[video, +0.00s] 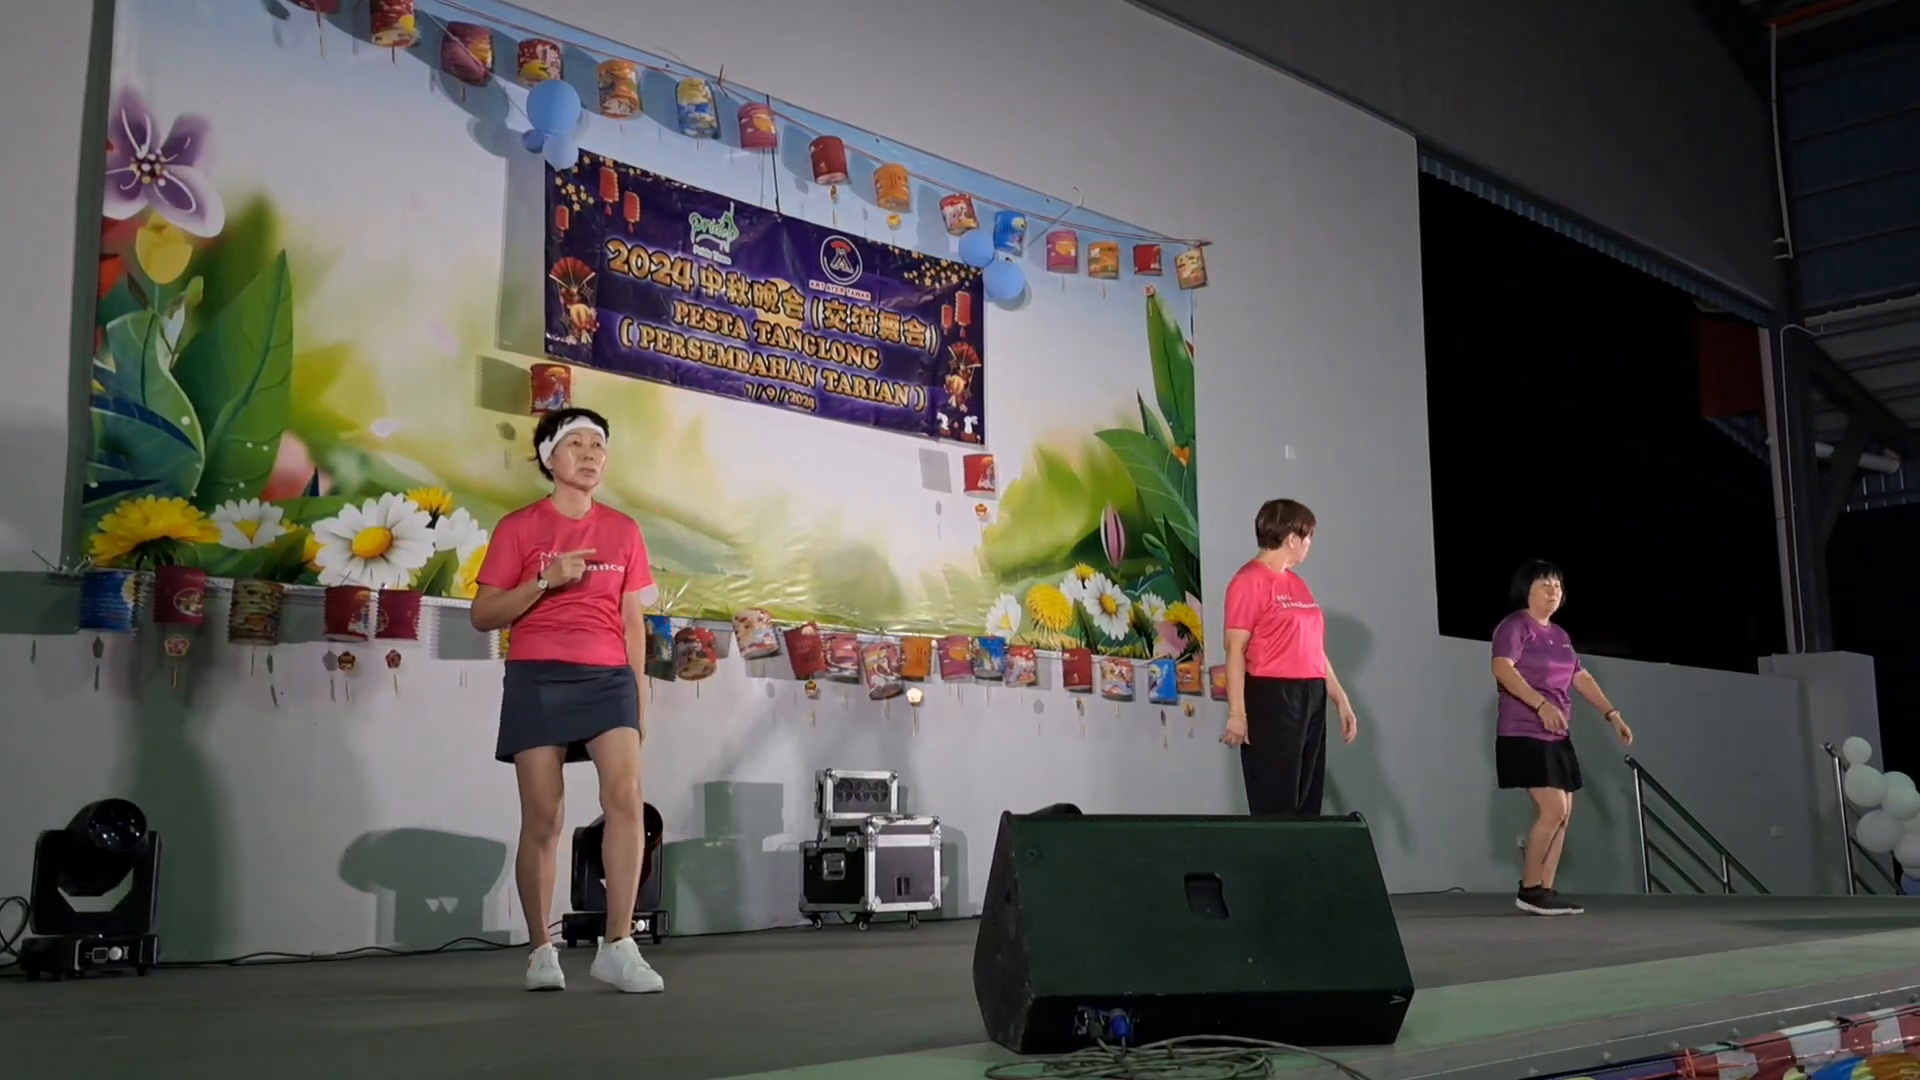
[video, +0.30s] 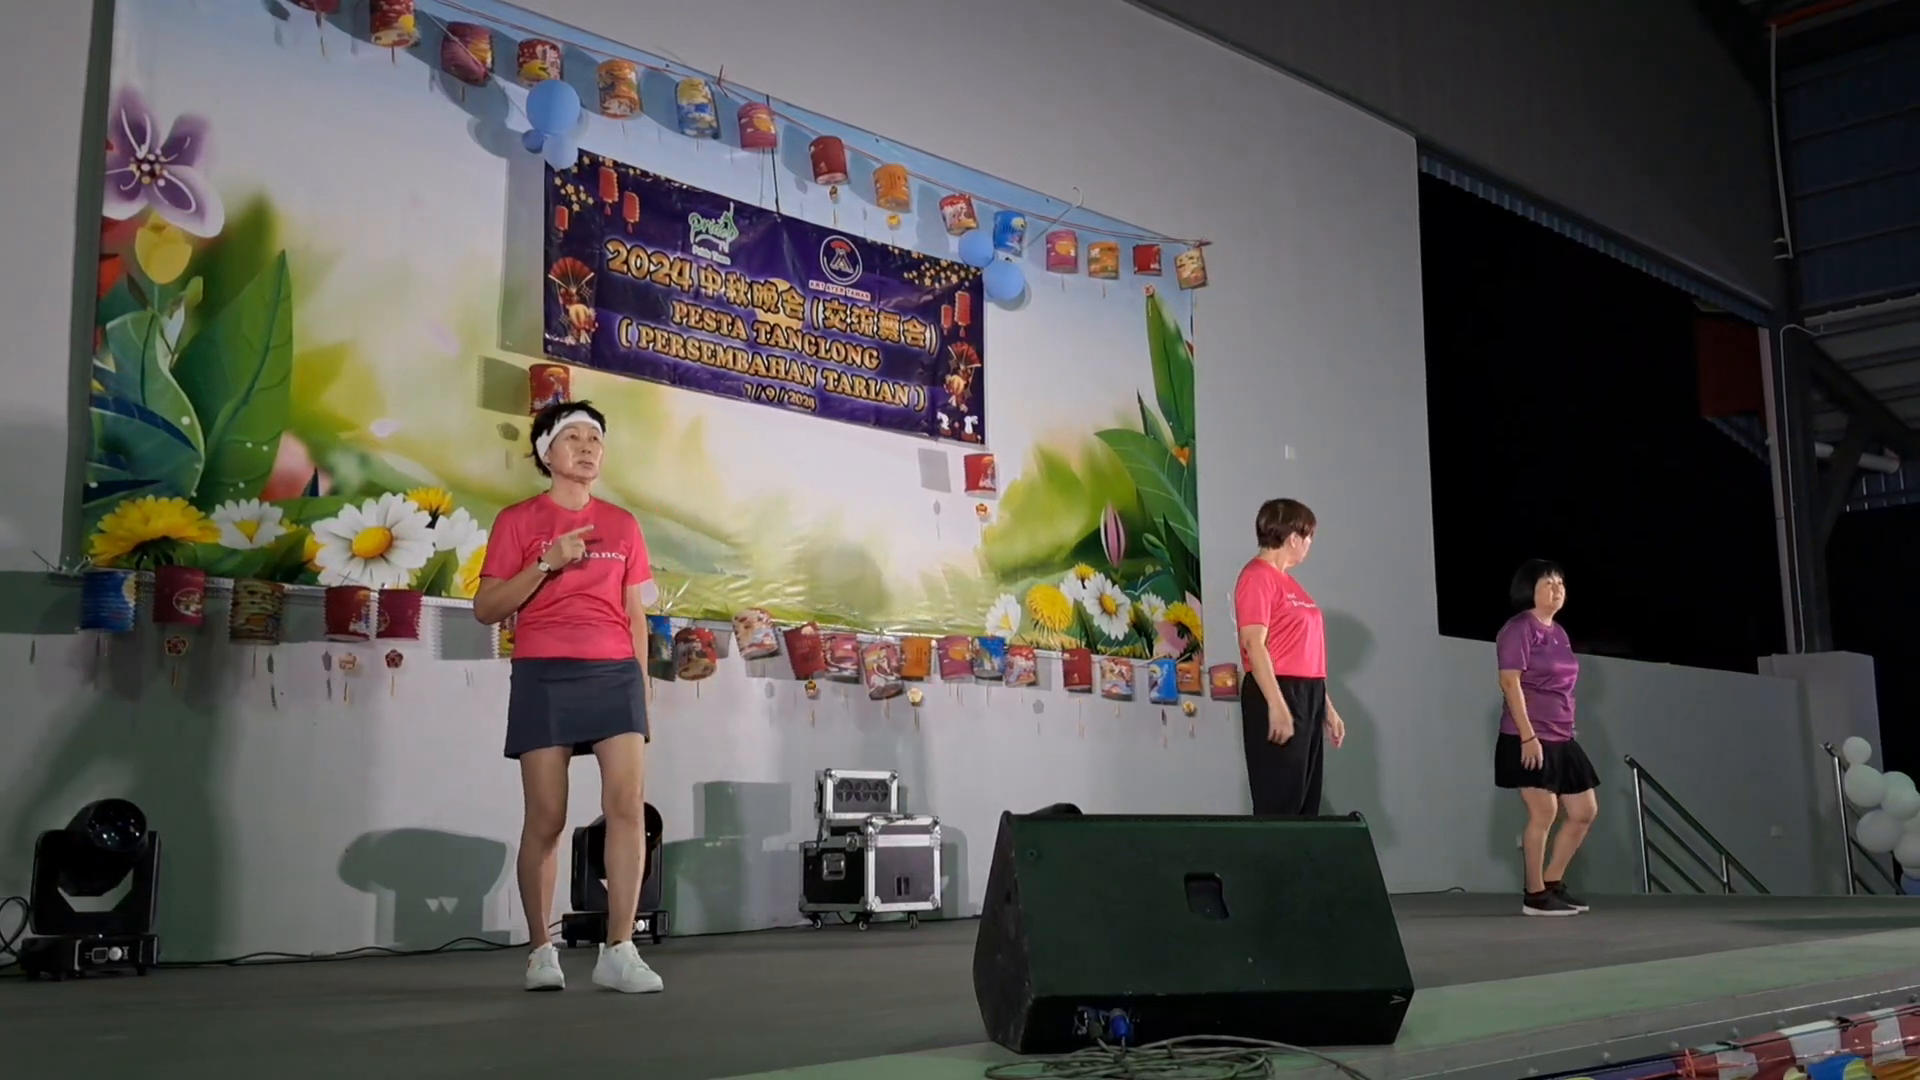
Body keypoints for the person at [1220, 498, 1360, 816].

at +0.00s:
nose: (1310, 545)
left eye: (1311, 537)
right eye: (1308, 536)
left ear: (1287, 539)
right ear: (1291, 538)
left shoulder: (1296, 582)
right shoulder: (1249, 581)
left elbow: (1314, 649)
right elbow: (1234, 650)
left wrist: (1341, 698)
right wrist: (1236, 714)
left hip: (1311, 700)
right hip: (1272, 699)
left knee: (1306, 806)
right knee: (1277, 807)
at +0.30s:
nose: (1310, 545)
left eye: (1311, 537)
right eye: (1308, 536)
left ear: (1286, 537)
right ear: (1292, 536)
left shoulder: (1287, 580)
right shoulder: (1257, 576)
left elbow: (1302, 653)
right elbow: (1253, 644)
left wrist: (1326, 707)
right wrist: (1277, 705)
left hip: (1307, 695)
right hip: (1279, 695)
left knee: (1304, 805)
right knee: (1280, 807)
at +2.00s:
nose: (1289, 538)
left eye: (1290, 529)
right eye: (1287, 529)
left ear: (1252, 528)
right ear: (1272, 529)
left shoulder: (1260, 572)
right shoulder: (1250, 568)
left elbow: (1271, 647)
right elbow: (1250, 635)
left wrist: (1298, 705)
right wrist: (1274, 697)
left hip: (1275, 688)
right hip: (1258, 688)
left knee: (1282, 797)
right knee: (1260, 798)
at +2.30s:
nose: (1280, 544)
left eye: (1282, 536)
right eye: (1280, 536)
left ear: (1242, 529)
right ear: (1267, 533)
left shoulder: (1231, 567)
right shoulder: (1247, 566)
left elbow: (1244, 635)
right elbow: (1253, 633)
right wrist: (1284, 695)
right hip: (1255, 681)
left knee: (1277, 791)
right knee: (1254, 791)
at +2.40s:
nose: (1277, 541)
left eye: (1277, 533)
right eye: (1276, 532)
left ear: (1235, 529)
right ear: (1263, 532)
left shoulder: (1223, 571)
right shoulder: (1247, 566)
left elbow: (1219, 657)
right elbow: (1254, 632)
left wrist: (1213, 717)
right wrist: (1284, 695)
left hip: (1236, 680)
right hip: (1257, 681)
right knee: (1258, 790)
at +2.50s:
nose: (1274, 543)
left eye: (1275, 534)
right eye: (1272, 533)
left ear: (1234, 530)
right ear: (1255, 532)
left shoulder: (1221, 572)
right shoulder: (1243, 566)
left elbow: (1215, 656)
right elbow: (1251, 632)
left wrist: (1212, 715)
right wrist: (1284, 693)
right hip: (1254, 680)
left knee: (1278, 793)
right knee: (1253, 792)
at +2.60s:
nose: (1272, 542)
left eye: (1273, 533)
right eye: (1270, 532)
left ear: (1242, 532)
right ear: (1251, 532)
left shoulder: (1226, 566)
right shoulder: (1237, 565)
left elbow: (1241, 636)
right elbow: (1245, 632)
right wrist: (1282, 692)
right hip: (1248, 680)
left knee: (1275, 788)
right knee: (1252, 790)